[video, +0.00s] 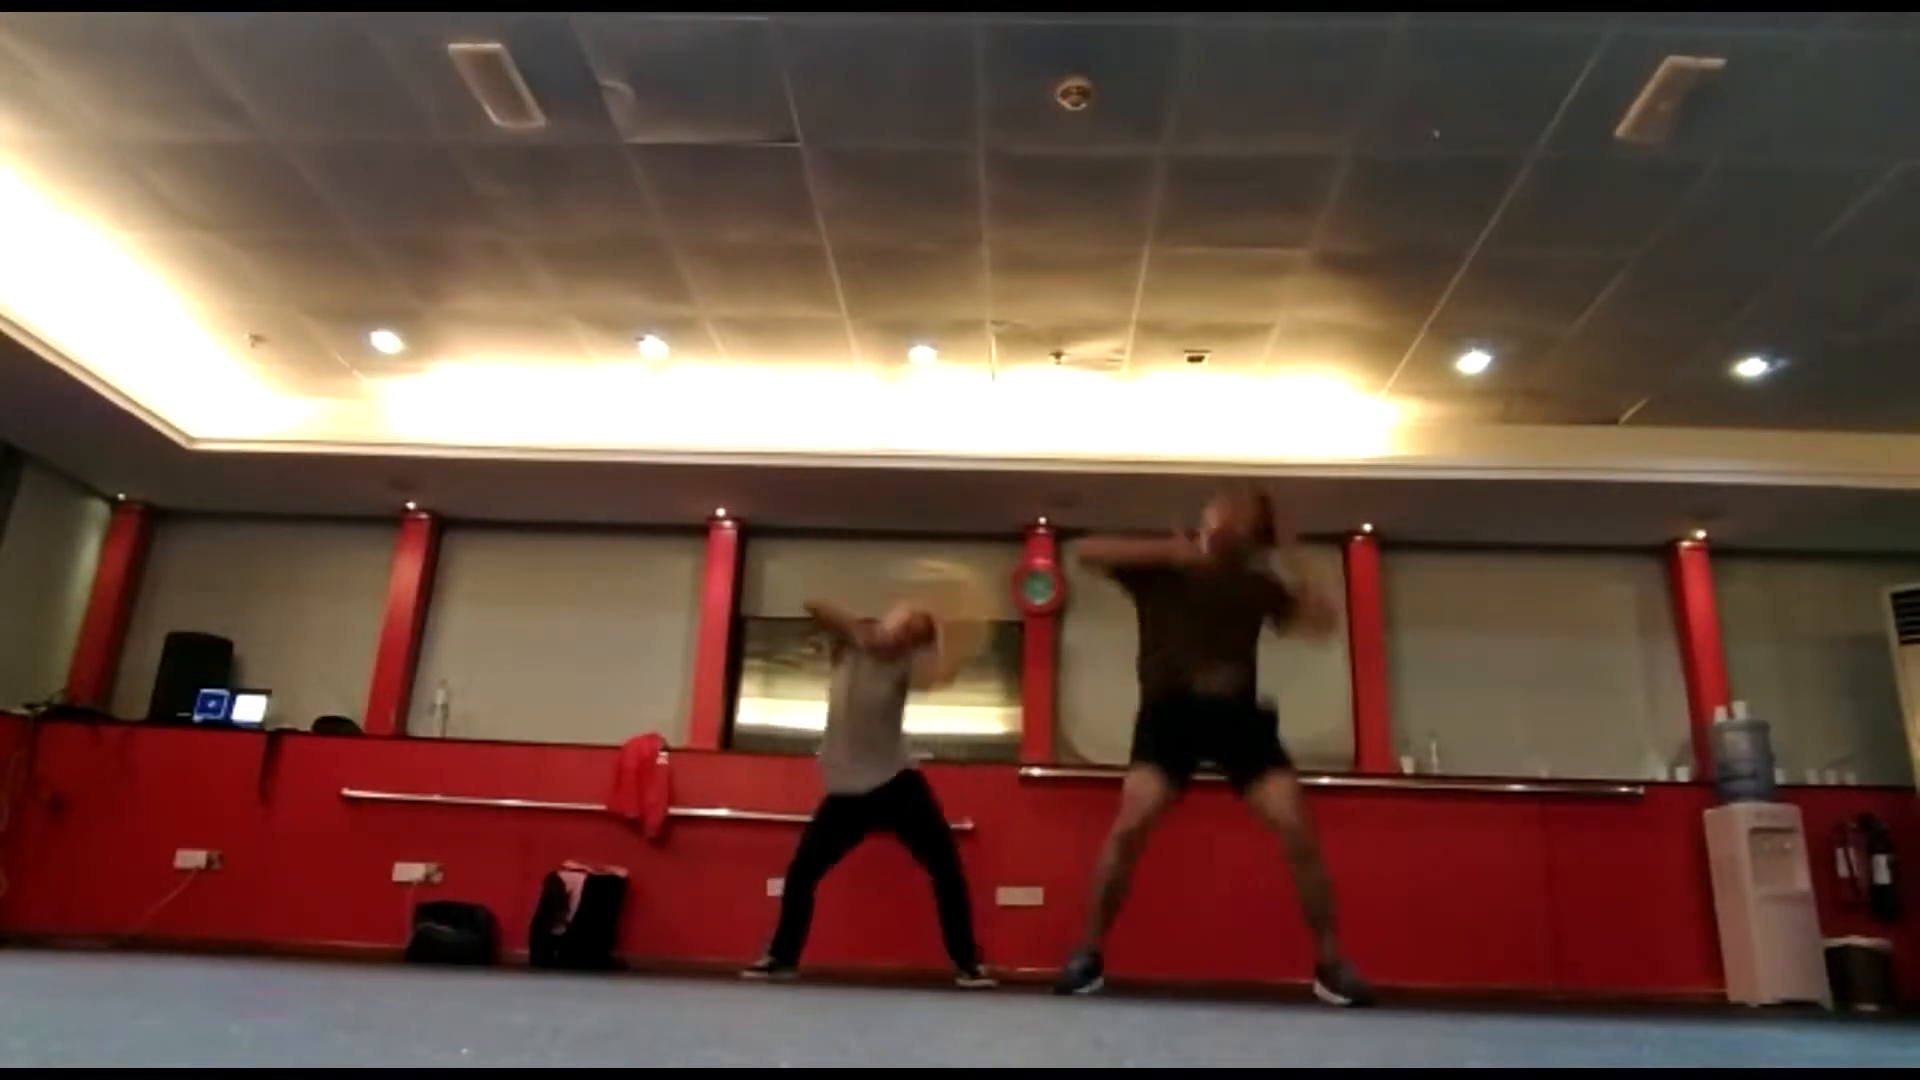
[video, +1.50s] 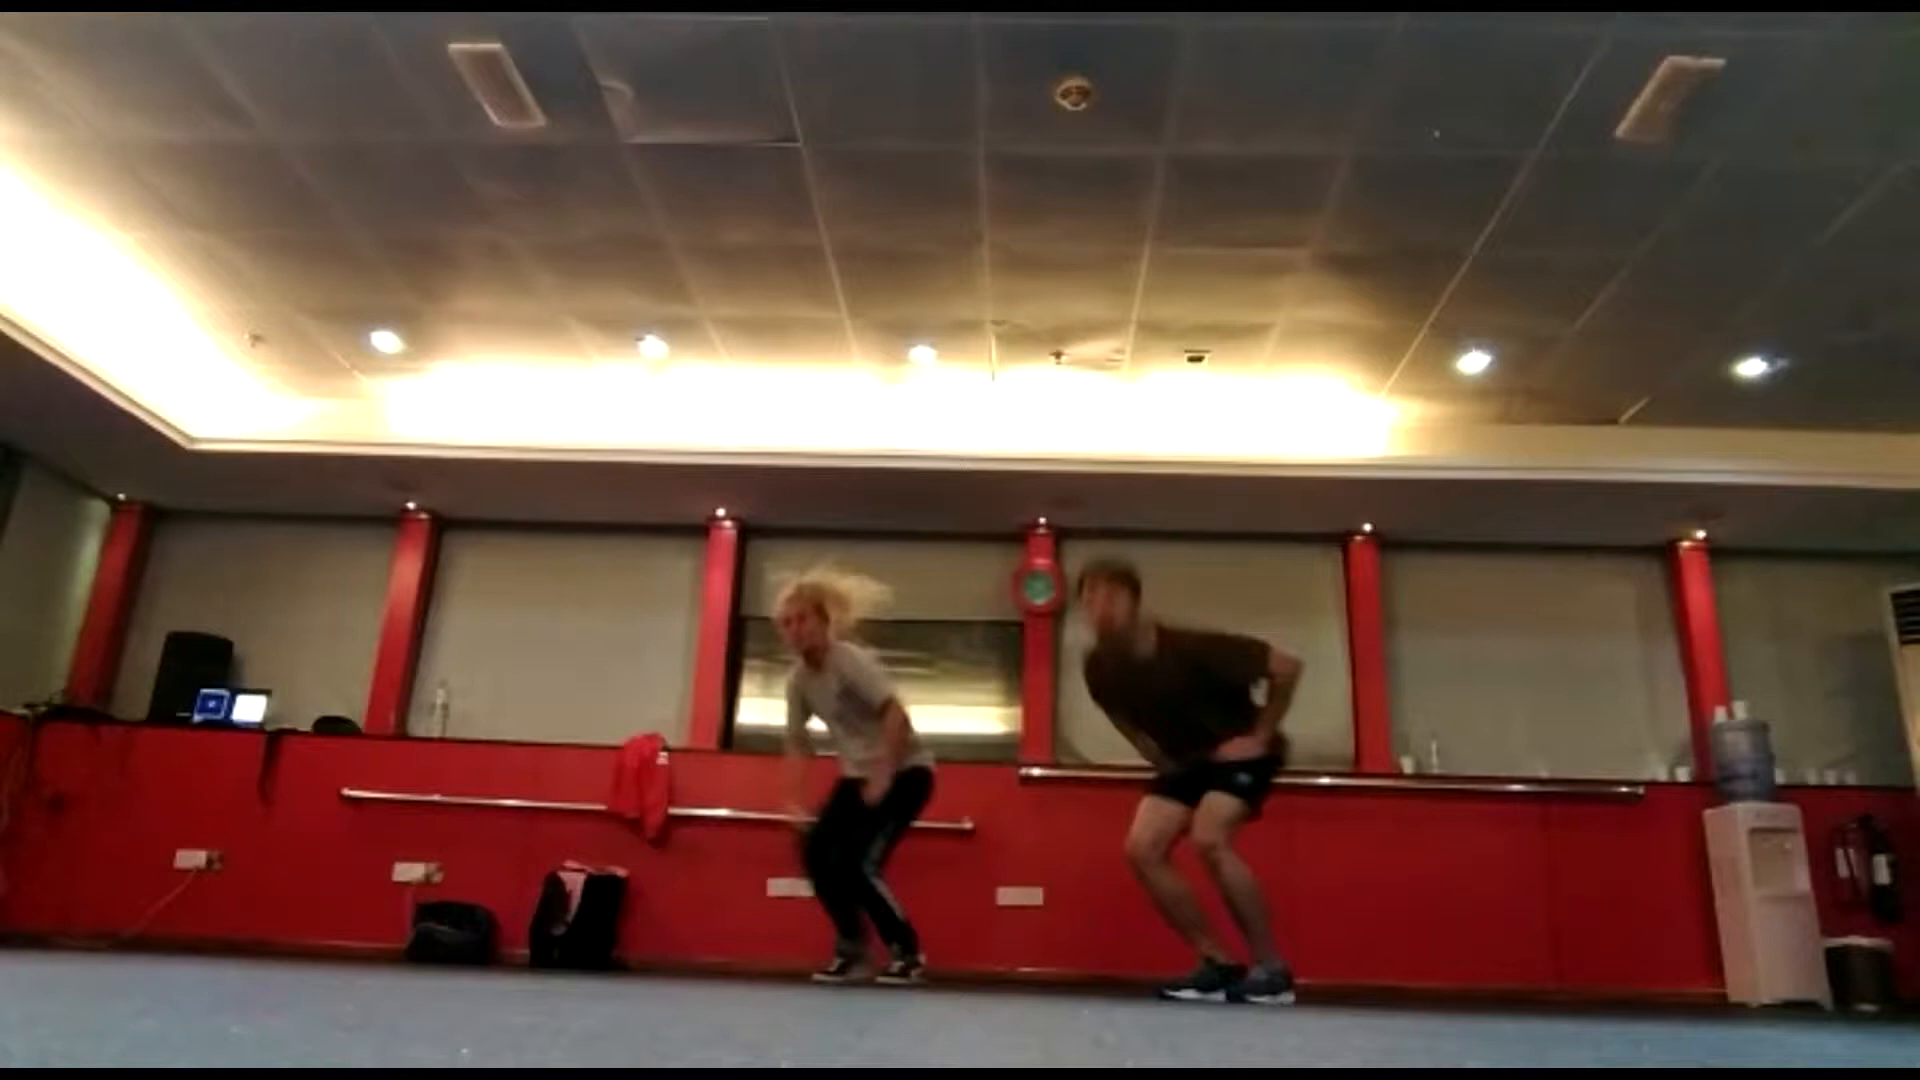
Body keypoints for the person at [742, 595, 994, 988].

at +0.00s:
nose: (898, 638)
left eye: (909, 636)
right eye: (900, 628)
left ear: (914, 643)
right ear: (888, 622)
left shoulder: (902, 664)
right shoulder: (847, 649)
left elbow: (942, 672)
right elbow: (816, 609)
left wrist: (935, 633)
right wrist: (861, 629)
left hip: (897, 789)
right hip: (846, 797)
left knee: (946, 868)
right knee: (800, 875)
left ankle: (967, 964)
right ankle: (782, 960)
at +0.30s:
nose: (909, 656)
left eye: (921, 657)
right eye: (910, 645)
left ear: (927, 668)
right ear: (899, 639)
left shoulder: (915, 713)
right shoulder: (849, 666)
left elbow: (941, 768)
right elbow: (787, 645)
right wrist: (758, 604)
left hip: (894, 808)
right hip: (840, 812)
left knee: (953, 871)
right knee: (795, 879)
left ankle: (969, 965)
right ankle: (775, 958)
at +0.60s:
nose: (864, 593)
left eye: (875, 588)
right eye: (860, 583)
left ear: (886, 598)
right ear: (849, 585)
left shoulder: (876, 655)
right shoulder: (814, 614)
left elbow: (902, 711)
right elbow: (766, 601)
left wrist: (858, 714)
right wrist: (788, 573)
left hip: (840, 759)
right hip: (789, 755)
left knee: (883, 838)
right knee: (754, 841)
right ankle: (740, 938)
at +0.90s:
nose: (760, 597)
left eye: (768, 587)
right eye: (753, 589)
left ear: (784, 592)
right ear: (743, 595)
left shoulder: (805, 647)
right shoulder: (742, 636)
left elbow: (830, 703)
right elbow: (762, 657)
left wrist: (810, 742)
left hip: (785, 766)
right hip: (737, 769)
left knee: (835, 779)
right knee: (683, 858)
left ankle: (836, 869)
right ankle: (643, 948)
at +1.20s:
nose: (817, 611)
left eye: (822, 601)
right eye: (808, 600)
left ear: (829, 606)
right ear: (788, 602)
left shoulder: (832, 668)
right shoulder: (766, 641)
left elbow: (855, 735)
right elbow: (735, 613)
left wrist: (823, 758)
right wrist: (748, 577)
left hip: (800, 786)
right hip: (747, 780)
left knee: (876, 847)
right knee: (696, 865)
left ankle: (851, 956)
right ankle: (632, 947)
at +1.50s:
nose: (795, 630)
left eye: (803, 619)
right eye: (787, 622)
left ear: (826, 620)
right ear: (782, 630)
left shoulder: (849, 661)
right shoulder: (801, 678)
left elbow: (896, 713)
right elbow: (797, 743)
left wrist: (885, 773)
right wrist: (796, 799)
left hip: (903, 770)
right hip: (859, 775)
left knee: (857, 860)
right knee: (819, 853)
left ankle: (906, 952)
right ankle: (853, 951)